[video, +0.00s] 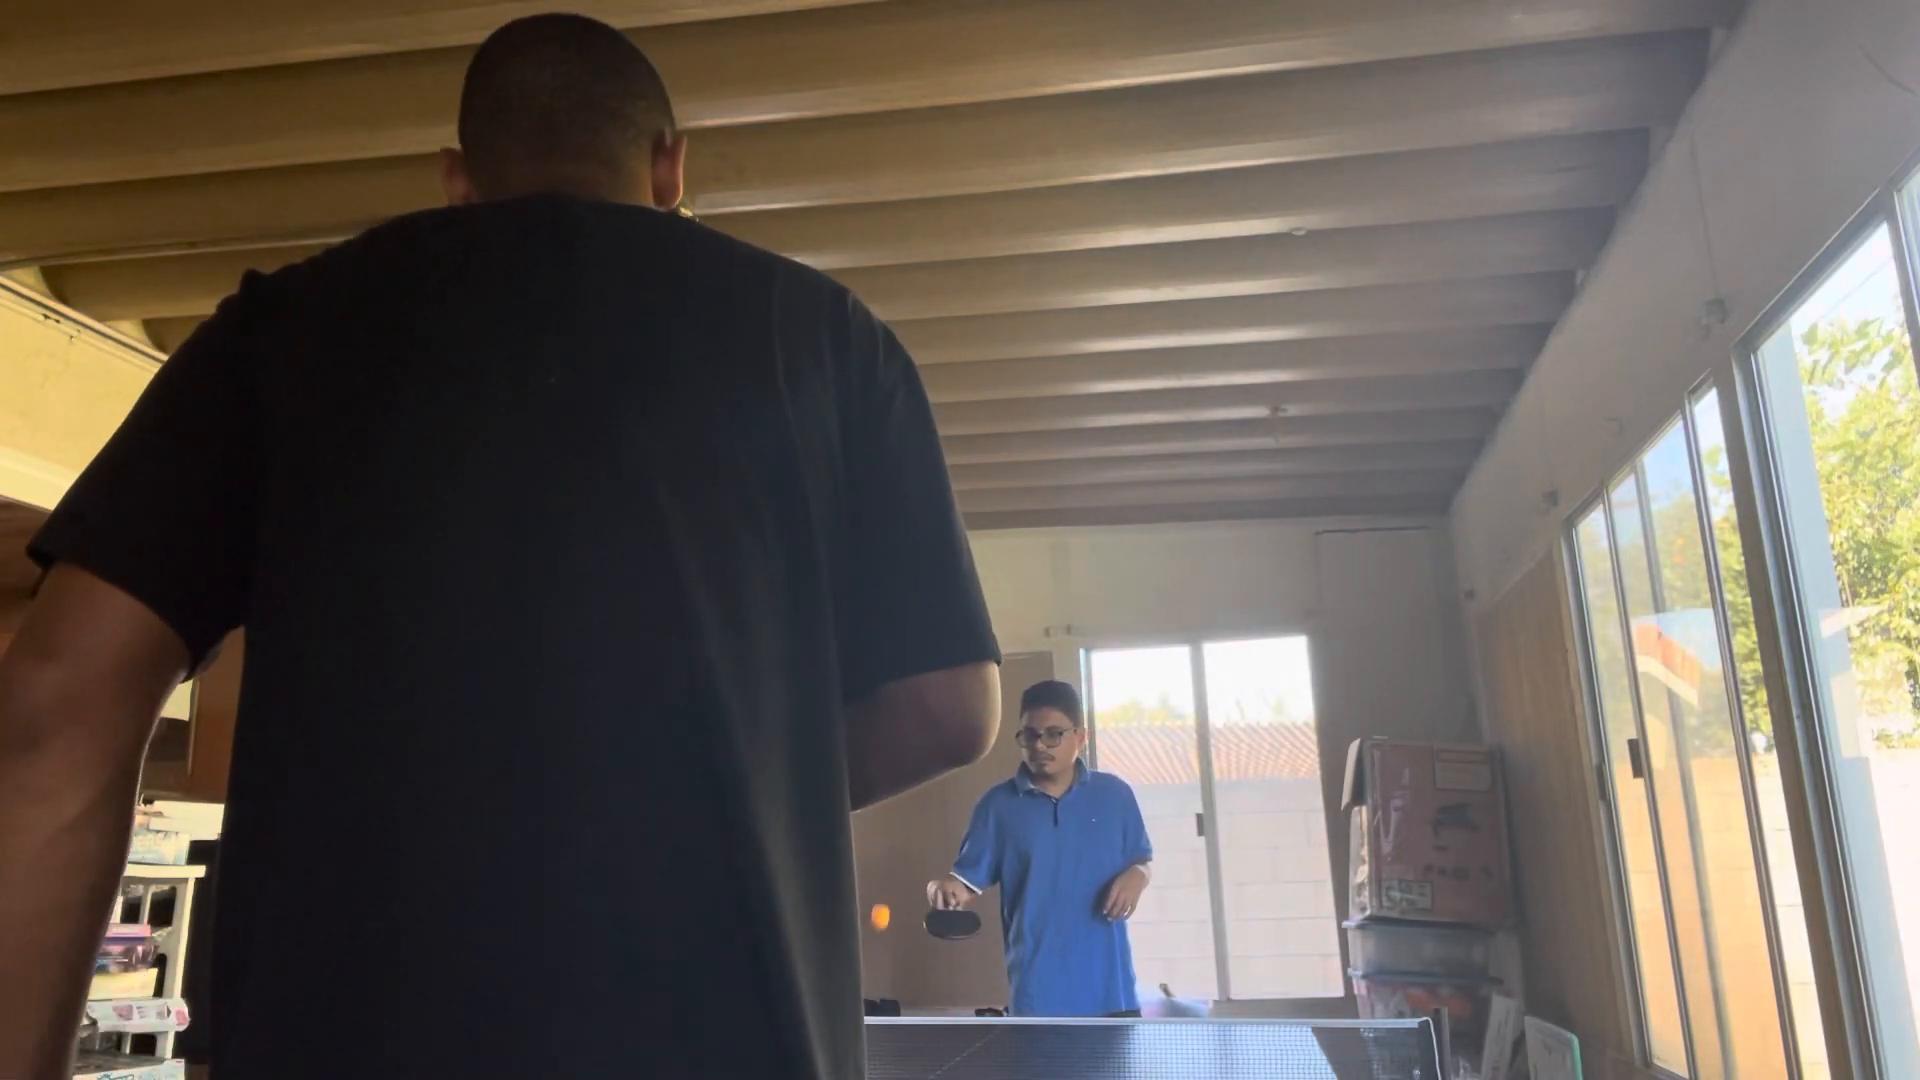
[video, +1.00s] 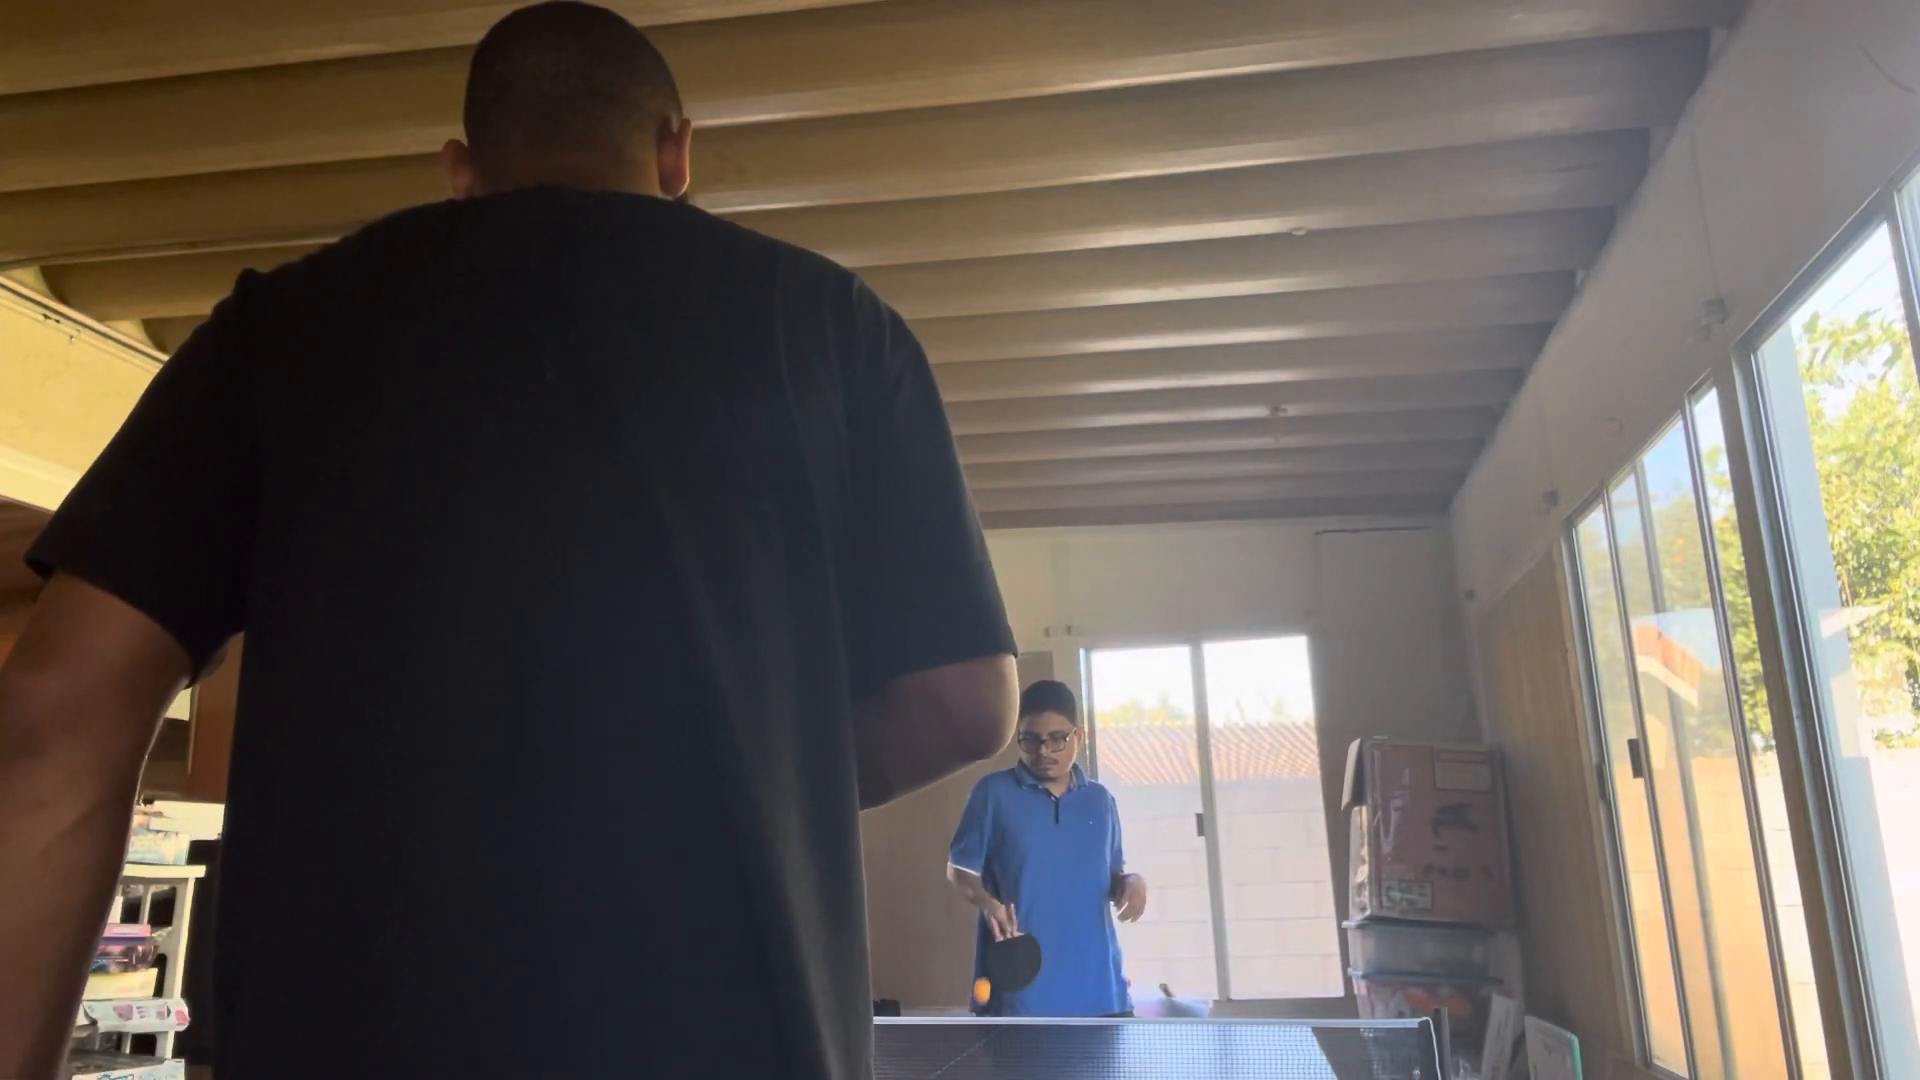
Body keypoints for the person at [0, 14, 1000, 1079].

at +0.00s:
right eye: (682, 174)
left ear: (456, 176)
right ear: (671, 171)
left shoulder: (290, 322)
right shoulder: (818, 326)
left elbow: (66, 687)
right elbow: (942, 711)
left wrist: (31, 1047)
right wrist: (723, 783)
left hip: (340, 1028)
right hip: (721, 1032)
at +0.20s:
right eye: (683, 167)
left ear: (454, 173)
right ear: (669, 167)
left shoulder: (287, 324)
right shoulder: (816, 322)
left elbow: (63, 690)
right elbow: (944, 708)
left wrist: (27, 1052)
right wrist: (723, 783)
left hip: (338, 1031)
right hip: (721, 1035)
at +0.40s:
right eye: (682, 163)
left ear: (451, 172)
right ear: (668, 164)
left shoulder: (284, 324)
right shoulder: (817, 320)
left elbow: (61, 690)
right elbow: (946, 705)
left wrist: (19, 1041)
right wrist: (729, 783)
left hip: (342, 1030)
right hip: (724, 1032)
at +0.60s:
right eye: (685, 160)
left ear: (453, 169)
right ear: (671, 162)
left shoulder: (284, 323)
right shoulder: (822, 318)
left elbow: (64, 690)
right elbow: (949, 704)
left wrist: (23, 1045)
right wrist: (732, 786)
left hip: (340, 1031)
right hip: (728, 1032)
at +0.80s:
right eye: (689, 156)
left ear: (455, 165)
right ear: (674, 158)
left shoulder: (284, 321)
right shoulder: (825, 316)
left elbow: (63, 693)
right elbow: (954, 703)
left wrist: (27, 1048)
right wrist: (736, 783)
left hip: (336, 1034)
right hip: (726, 1034)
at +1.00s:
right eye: (690, 156)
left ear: (460, 166)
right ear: (677, 157)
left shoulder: (290, 321)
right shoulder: (828, 317)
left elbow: (64, 700)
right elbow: (956, 705)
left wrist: (27, 1050)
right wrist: (738, 781)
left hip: (343, 1035)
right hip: (729, 1036)